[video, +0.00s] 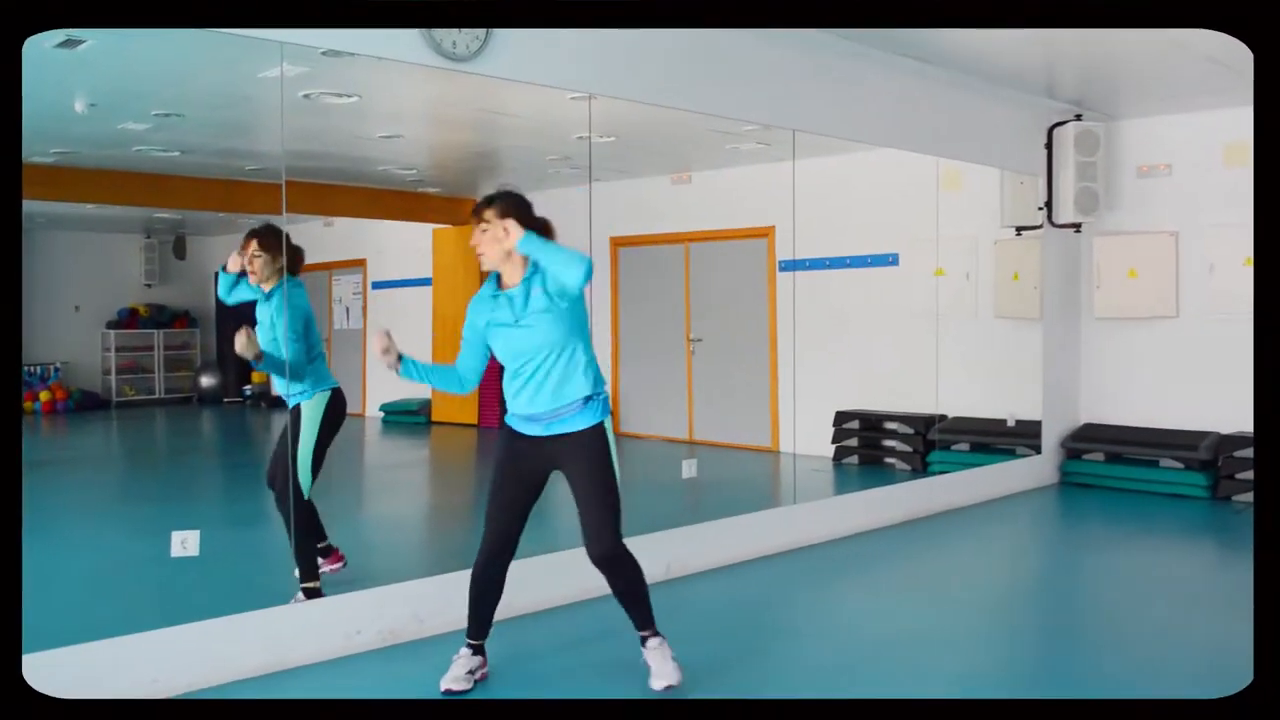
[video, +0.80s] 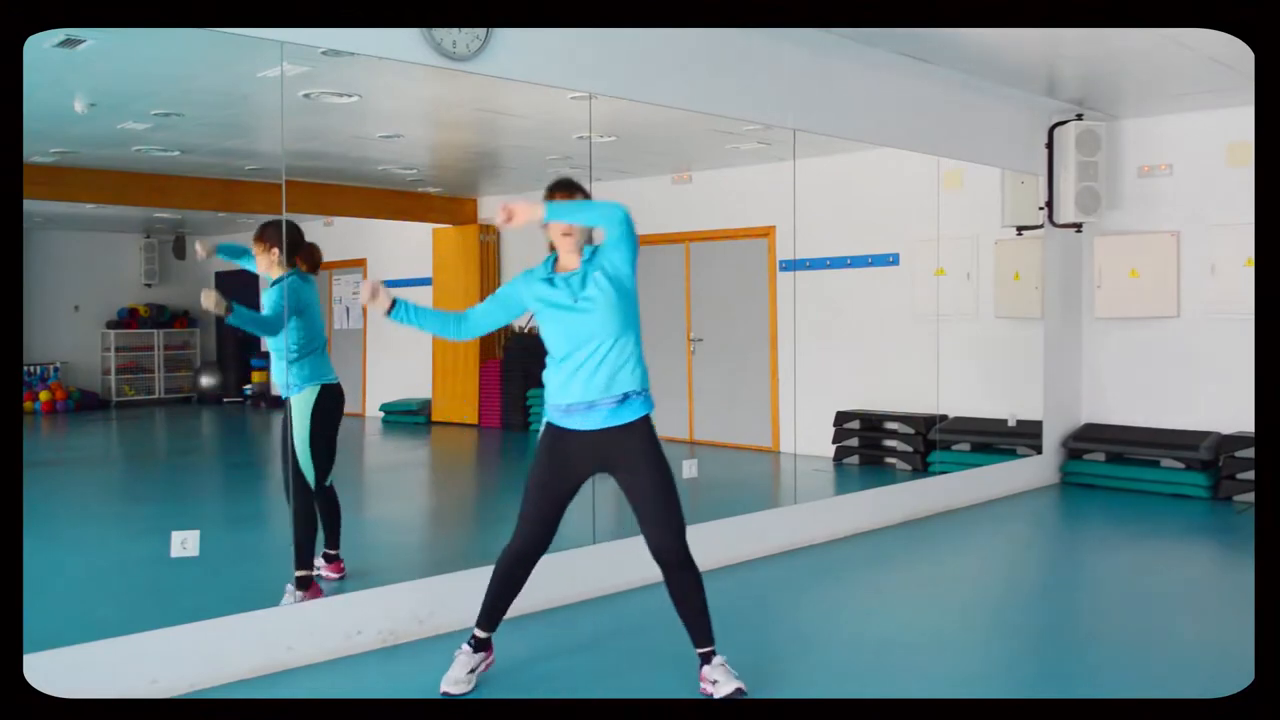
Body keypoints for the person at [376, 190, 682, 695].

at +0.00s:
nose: (474, 242)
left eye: (484, 231)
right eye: (474, 232)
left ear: (515, 234)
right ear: (483, 239)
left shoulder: (554, 277)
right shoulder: (483, 305)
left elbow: (579, 270)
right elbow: (465, 377)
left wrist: (525, 239)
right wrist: (401, 362)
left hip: (582, 430)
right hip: (521, 435)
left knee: (604, 547)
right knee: (494, 548)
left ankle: (652, 642)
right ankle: (473, 653)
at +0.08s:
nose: (440, 263)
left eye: (449, 251)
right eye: (439, 253)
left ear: (480, 255)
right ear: (462, 260)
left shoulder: (528, 288)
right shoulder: (462, 323)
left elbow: (566, 348)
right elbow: (481, 401)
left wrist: (500, 312)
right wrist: (421, 428)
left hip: (572, 430)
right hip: (516, 436)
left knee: (569, 536)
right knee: (486, 547)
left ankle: (607, 611)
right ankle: (473, 651)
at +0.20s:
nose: (407, 305)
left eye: (415, 294)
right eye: (406, 296)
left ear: (448, 295)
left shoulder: (495, 331)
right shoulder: (446, 360)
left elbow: (531, 416)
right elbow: (475, 437)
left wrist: (470, 464)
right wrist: (460, 505)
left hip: (567, 440)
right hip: (516, 445)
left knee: (514, 531)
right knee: (475, 539)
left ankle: (550, 594)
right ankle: (472, 653)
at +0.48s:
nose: (411, 312)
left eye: (418, 300)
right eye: (407, 304)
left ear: (451, 298)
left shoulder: (490, 329)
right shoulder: (444, 361)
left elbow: (480, 413)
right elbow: (471, 426)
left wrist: (431, 469)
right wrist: (452, 500)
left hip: (560, 454)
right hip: (508, 460)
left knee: (549, 569)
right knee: (482, 566)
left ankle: (538, 629)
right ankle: (475, 655)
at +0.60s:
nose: (460, 279)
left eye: (469, 267)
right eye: (452, 272)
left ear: (496, 269)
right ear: (447, 281)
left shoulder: (527, 301)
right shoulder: (464, 338)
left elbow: (504, 346)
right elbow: (462, 411)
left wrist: (442, 376)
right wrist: (413, 449)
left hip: (573, 446)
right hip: (513, 452)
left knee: (608, 553)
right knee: (490, 561)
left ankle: (615, 630)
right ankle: (476, 654)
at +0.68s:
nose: (503, 251)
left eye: (512, 242)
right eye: (493, 246)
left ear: (532, 251)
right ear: (486, 258)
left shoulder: (560, 284)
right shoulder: (483, 322)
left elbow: (525, 294)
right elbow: (455, 387)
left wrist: (472, 305)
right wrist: (391, 395)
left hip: (588, 444)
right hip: (524, 451)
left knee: (640, 549)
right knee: (497, 562)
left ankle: (671, 644)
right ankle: (476, 655)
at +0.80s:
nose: (566, 226)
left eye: (573, 215)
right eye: (557, 218)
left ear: (591, 221)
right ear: (546, 228)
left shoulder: (614, 267)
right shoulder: (530, 286)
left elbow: (617, 215)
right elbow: (463, 325)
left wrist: (539, 209)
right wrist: (392, 305)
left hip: (629, 429)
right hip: (564, 436)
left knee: (671, 548)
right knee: (525, 544)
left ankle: (710, 662)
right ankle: (477, 646)